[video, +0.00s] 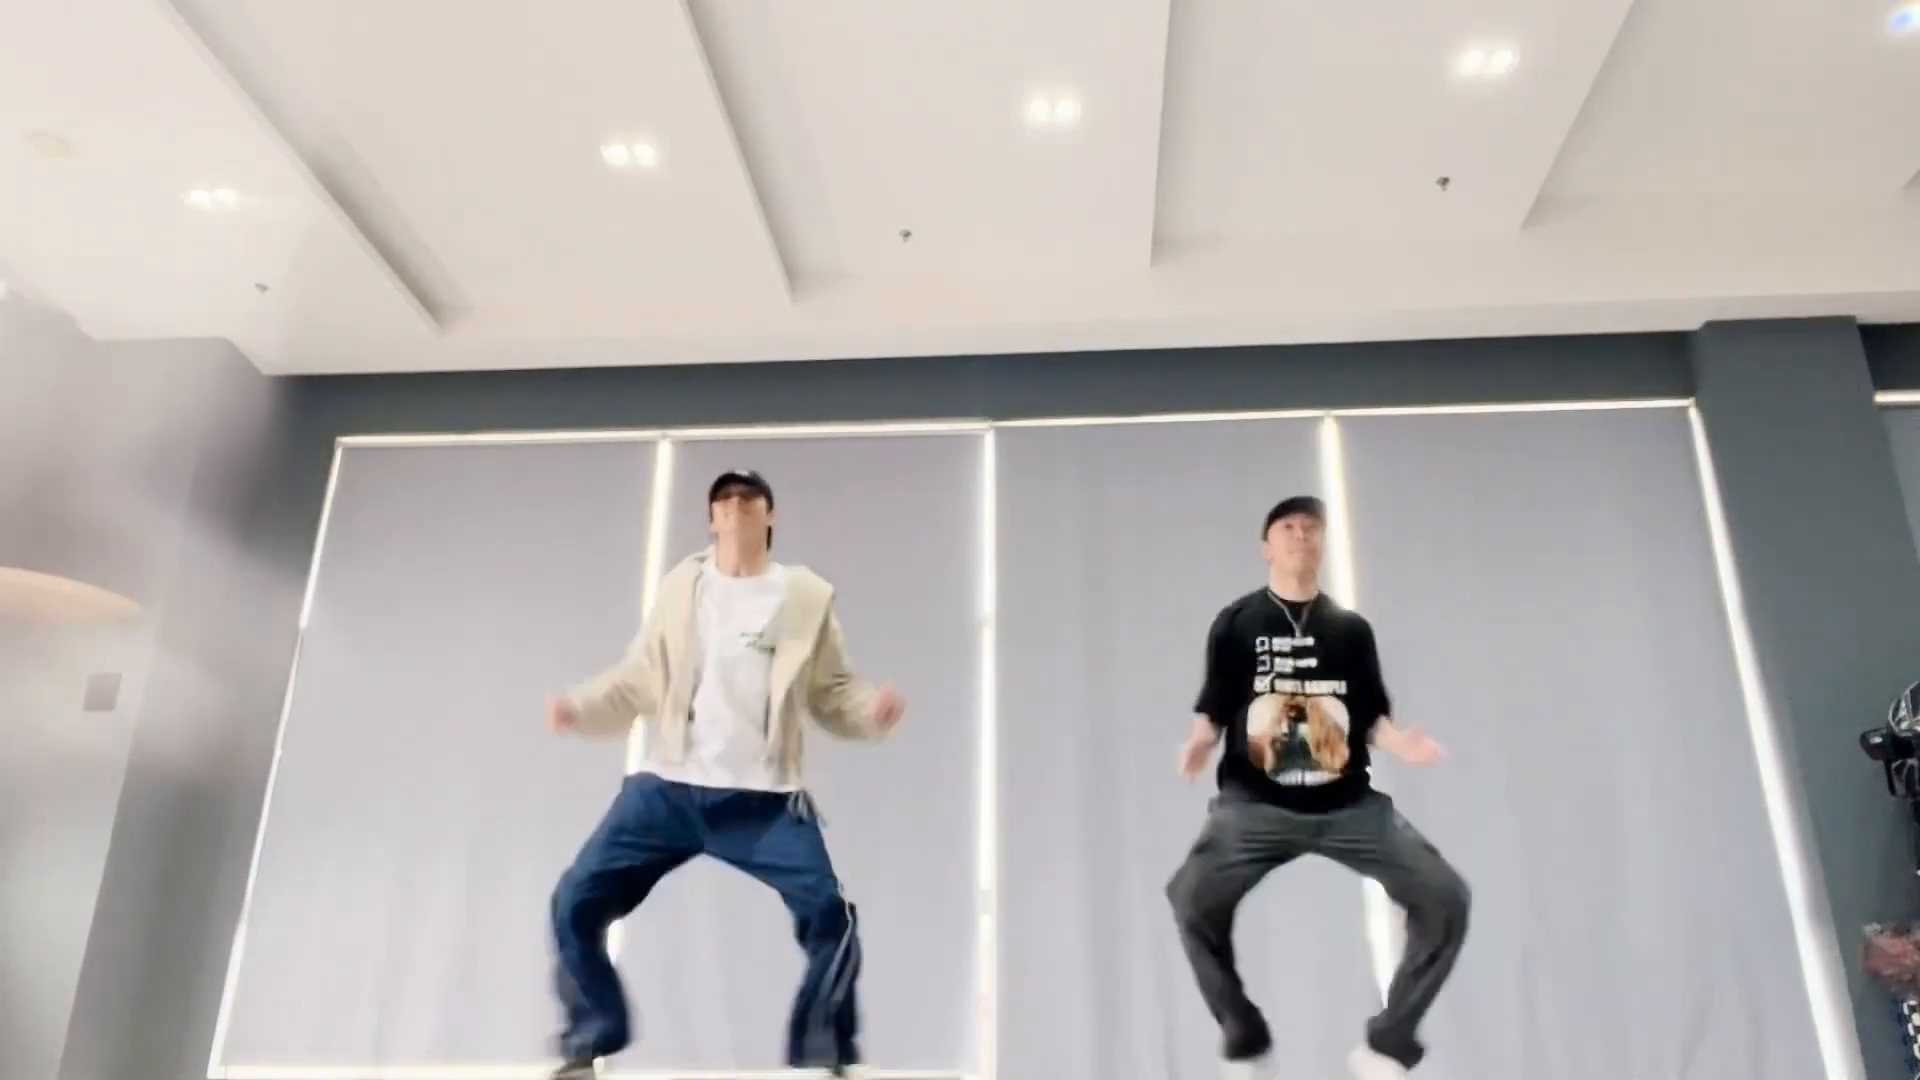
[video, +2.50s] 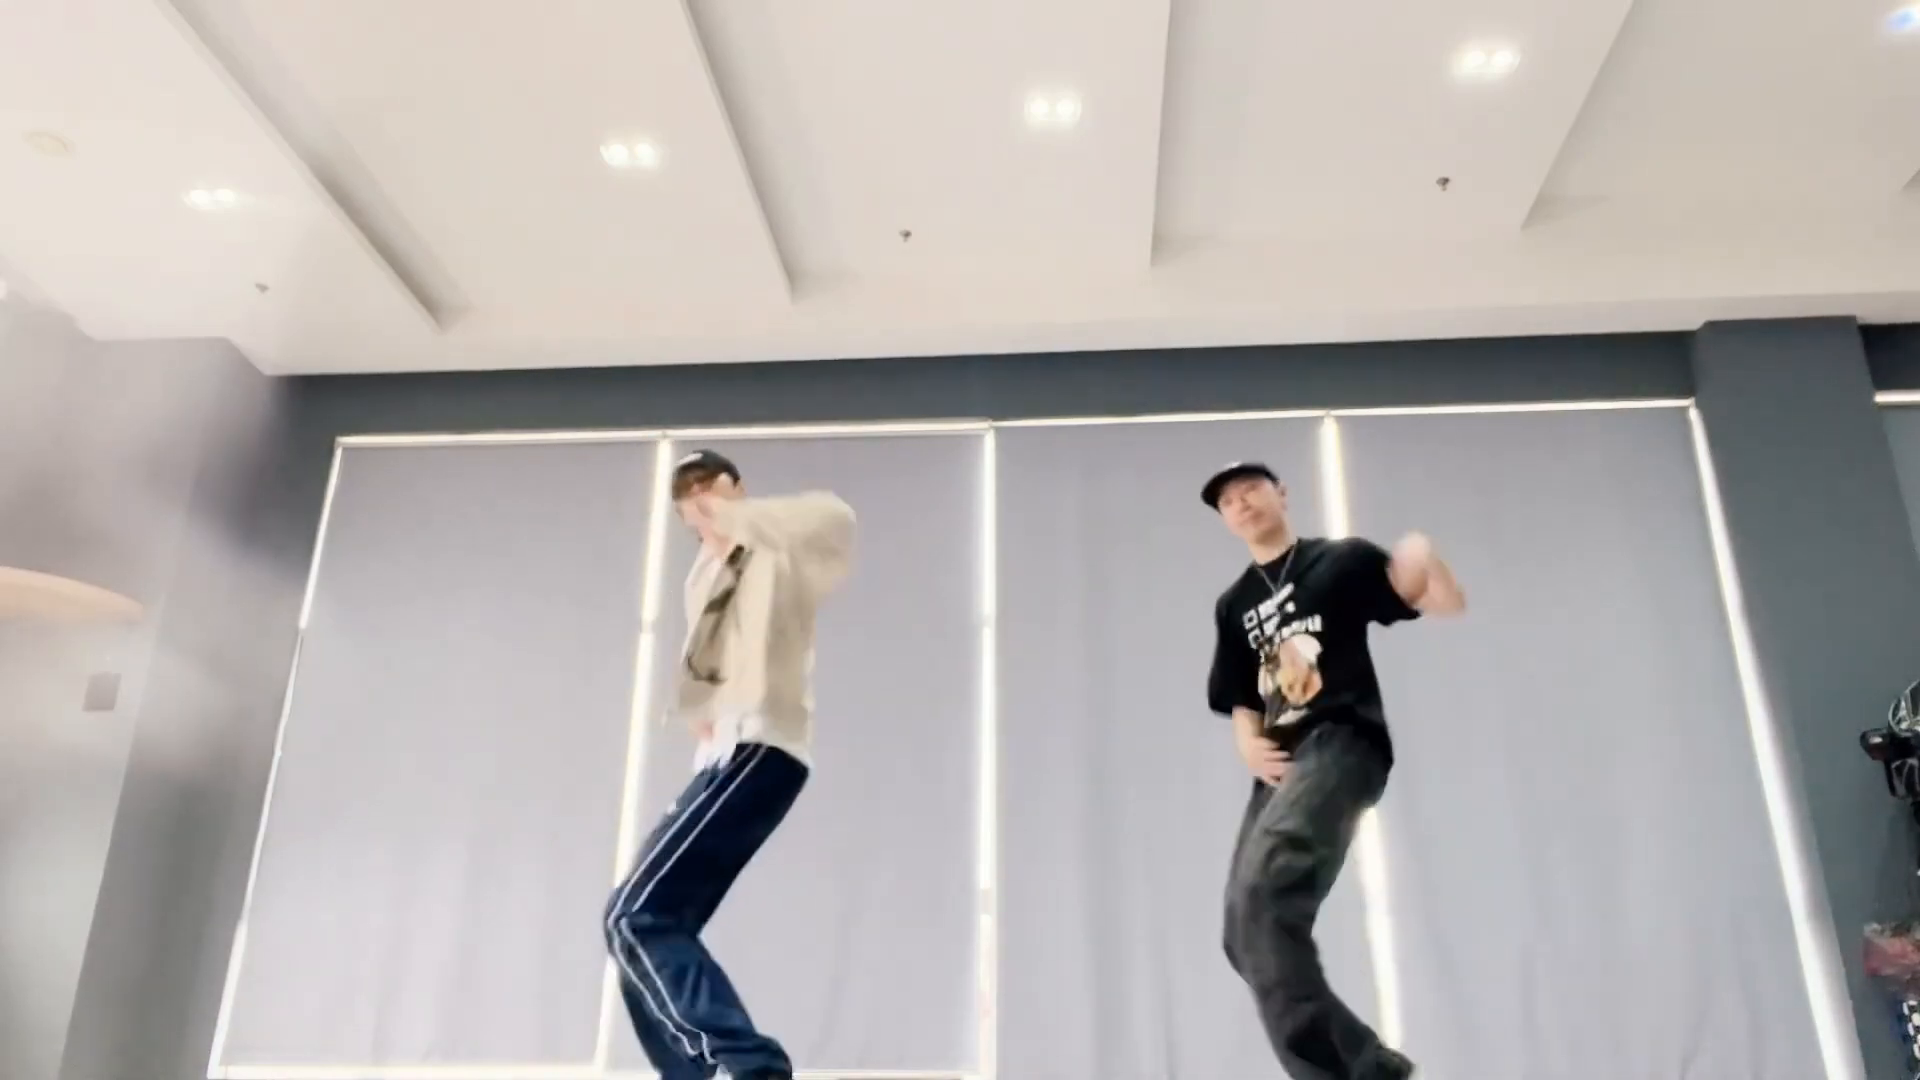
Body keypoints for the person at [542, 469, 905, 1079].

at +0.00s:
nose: (734, 506)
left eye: (749, 498)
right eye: (724, 499)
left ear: (771, 517)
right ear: (711, 520)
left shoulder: (807, 595)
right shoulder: (681, 584)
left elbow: (831, 693)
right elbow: (644, 679)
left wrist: (869, 713)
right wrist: (581, 707)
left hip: (762, 803)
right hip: (663, 795)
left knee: (828, 913)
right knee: (574, 903)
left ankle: (825, 1060)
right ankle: (590, 1046)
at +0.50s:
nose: (736, 483)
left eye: (745, 474)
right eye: (723, 481)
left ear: (765, 488)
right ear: (709, 505)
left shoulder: (811, 518)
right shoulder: (710, 561)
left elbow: (858, 451)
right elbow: (701, 542)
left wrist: (804, 411)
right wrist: (709, 474)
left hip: (785, 749)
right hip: (718, 727)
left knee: (754, 915)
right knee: (637, 749)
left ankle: (753, 1057)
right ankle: (704, 853)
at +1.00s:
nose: (742, 456)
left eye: (755, 446)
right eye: (734, 446)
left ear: (778, 460)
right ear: (723, 459)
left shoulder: (805, 507)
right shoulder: (703, 517)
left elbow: (800, 587)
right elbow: (672, 575)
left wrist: (755, 509)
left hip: (787, 712)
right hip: (711, 710)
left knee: (777, 857)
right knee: (701, 874)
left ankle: (784, 956)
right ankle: (709, 1033)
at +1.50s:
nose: (745, 458)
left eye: (757, 449)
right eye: (732, 451)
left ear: (776, 467)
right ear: (716, 470)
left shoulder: (798, 530)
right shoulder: (684, 517)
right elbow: (658, 594)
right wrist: (706, 679)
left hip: (736, 726)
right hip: (665, 723)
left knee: (693, 891)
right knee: (659, 892)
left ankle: (681, 1062)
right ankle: (710, 1059)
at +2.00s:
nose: (692, 488)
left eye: (703, 475)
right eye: (681, 484)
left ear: (731, 479)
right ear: (670, 497)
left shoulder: (769, 518)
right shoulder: (671, 551)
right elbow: (660, 637)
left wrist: (627, 523)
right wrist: (678, 703)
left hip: (752, 737)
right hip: (710, 741)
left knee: (634, 870)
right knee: (620, 882)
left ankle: (663, 1058)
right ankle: (715, 1048)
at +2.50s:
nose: (698, 508)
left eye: (705, 491)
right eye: (686, 502)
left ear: (735, 486)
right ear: (683, 514)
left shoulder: (787, 545)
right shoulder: (712, 574)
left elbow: (836, 519)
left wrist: (731, 521)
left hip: (764, 752)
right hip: (723, 756)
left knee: (640, 912)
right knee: (623, 919)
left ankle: (746, 1064)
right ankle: (692, 1072)